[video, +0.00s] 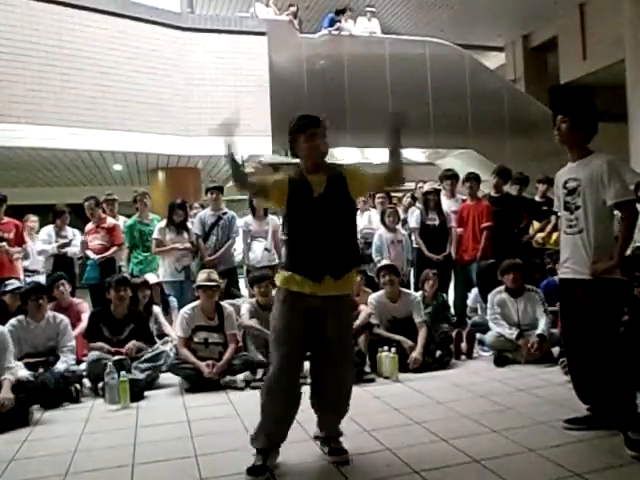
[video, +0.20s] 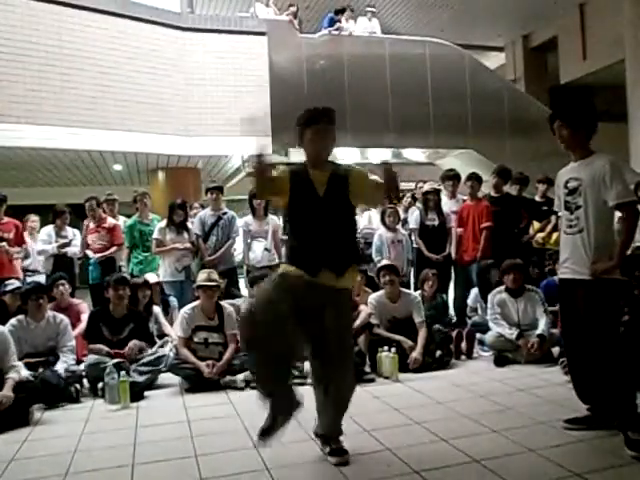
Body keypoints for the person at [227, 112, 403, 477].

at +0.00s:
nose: (317, 142)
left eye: (320, 136)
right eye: (309, 137)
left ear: (328, 141)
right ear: (295, 145)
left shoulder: (348, 178)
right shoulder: (285, 183)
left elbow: (391, 176)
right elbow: (250, 185)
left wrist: (397, 148)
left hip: (339, 291)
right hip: (294, 290)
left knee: (337, 369)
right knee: (281, 372)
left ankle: (329, 432)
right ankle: (266, 450)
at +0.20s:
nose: (323, 141)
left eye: (328, 134)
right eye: (316, 134)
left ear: (335, 138)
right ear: (301, 140)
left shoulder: (349, 178)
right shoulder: (290, 178)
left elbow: (390, 199)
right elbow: (263, 195)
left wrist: (390, 178)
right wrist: (260, 175)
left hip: (339, 283)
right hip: (295, 276)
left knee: (337, 363)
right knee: (258, 320)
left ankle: (329, 432)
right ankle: (281, 400)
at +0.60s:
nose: (314, 143)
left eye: (319, 137)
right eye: (306, 137)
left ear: (328, 140)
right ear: (294, 142)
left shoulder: (343, 175)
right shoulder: (277, 179)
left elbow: (384, 169)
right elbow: (247, 215)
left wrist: (371, 151)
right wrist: (251, 223)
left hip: (328, 282)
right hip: (286, 276)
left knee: (332, 362)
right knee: (262, 313)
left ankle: (328, 432)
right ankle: (282, 388)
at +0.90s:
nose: (294, 144)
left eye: (300, 138)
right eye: (286, 138)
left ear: (308, 140)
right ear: (271, 142)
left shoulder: (322, 174)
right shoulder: (254, 181)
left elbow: (360, 168)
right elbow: (211, 219)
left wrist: (367, 164)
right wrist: (247, 252)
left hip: (315, 283)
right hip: (271, 286)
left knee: (336, 356)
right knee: (281, 371)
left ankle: (328, 417)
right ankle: (278, 450)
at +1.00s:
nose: (287, 177)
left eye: (293, 170)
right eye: (280, 170)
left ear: (301, 171)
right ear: (266, 169)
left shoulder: (311, 200)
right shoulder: (249, 199)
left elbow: (360, 208)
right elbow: (205, 221)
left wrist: (336, 235)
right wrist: (222, 224)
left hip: (306, 292)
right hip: (266, 296)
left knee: (328, 307)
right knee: (275, 374)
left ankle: (324, 397)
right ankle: (277, 451)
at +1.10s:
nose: (280, 180)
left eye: (285, 173)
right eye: (272, 172)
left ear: (293, 175)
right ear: (257, 173)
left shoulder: (305, 212)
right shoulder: (240, 209)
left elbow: (314, 265)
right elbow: (215, 258)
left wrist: (281, 290)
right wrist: (222, 224)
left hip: (301, 297)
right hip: (261, 300)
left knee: (311, 345)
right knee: (265, 378)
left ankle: (299, 399)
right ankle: (276, 450)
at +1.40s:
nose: (269, 164)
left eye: (276, 157)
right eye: (263, 156)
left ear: (284, 159)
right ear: (249, 157)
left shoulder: (299, 197)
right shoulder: (231, 199)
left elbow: (314, 253)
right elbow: (220, 243)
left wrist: (295, 255)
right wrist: (216, 253)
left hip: (296, 297)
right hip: (257, 299)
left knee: (302, 376)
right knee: (272, 375)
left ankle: (277, 415)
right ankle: (277, 450)